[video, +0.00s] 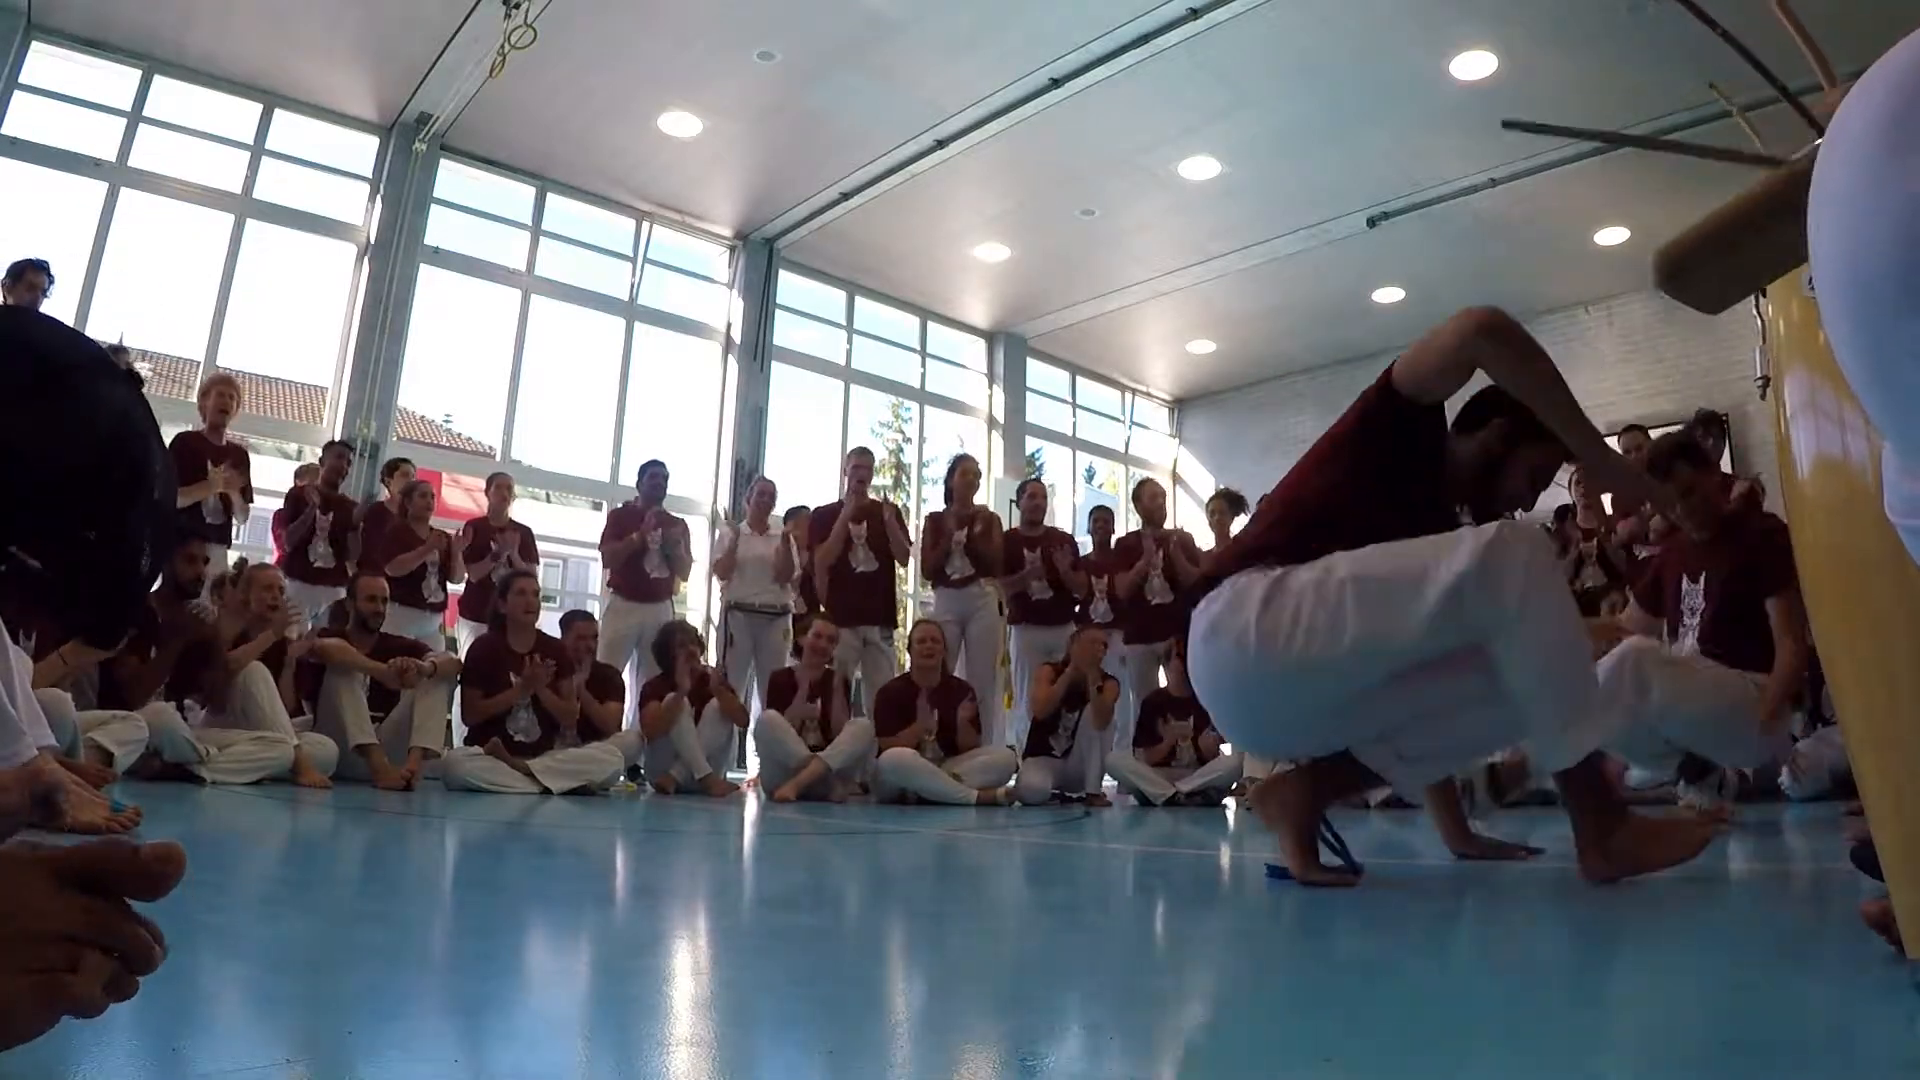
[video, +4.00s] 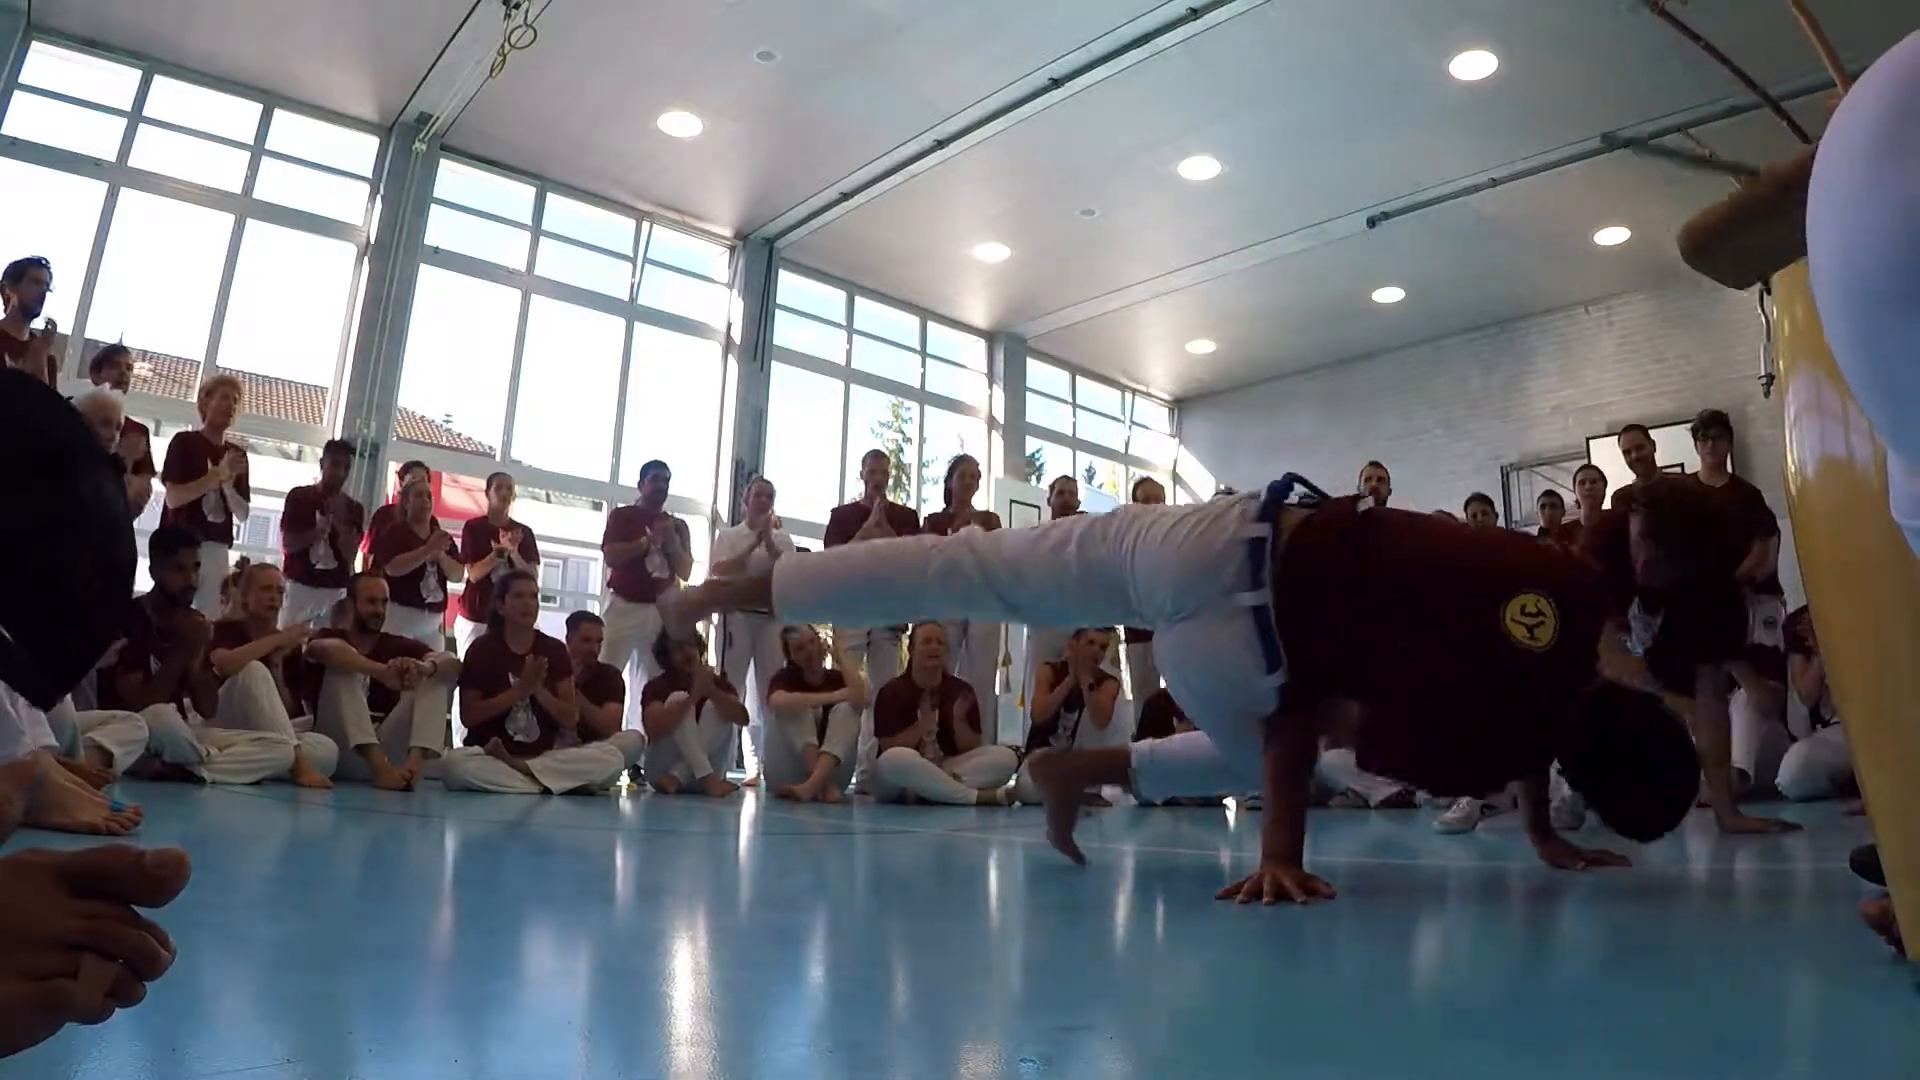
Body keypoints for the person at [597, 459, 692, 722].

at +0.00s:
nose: (659, 482)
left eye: (663, 478)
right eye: (653, 477)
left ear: (668, 485)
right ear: (639, 483)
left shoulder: (677, 524)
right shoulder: (619, 517)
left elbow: (685, 573)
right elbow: (609, 559)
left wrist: (673, 547)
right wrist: (640, 537)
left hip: (660, 609)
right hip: (622, 607)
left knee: (653, 687)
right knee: (605, 682)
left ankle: (646, 751)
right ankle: (600, 748)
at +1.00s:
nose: (660, 485)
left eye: (664, 480)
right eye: (654, 479)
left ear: (669, 487)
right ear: (641, 484)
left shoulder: (677, 526)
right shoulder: (620, 517)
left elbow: (684, 572)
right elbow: (611, 556)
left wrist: (670, 540)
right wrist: (645, 540)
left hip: (660, 610)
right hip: (622, 607)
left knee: (653, 686)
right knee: (606, 680)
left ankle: (647, 747)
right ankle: (598, 745)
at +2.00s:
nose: (659, 485)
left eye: (663, 481)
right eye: (653, 479)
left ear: (668, 487)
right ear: (639, 484)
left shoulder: (676, 525)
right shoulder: (619, 517)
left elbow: (684, 573)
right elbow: (609, 557)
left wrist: (672, 545)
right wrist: (644, 535)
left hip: (660, 609)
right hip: (622, 607)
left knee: (653, 684)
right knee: (606, 679)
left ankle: (646, 747)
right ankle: (599, 744)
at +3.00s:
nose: (658, 485)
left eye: (663, 481)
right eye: (652, 479)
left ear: (667, 487)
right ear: (639, 484)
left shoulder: (676, 525)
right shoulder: (619, 516)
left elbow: (684, 574)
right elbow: (609, 557)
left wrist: (671, 546)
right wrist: (640, 542)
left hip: (659, 609)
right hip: (622, 607)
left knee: (652, 685)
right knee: (606, 679)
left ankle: (644, 748)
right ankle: (598, 745)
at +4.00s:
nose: (661, 485)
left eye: (665, 480)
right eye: (655, 479)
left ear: (669, 487)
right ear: (640, 484)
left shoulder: (677, 525)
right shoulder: (621, 515)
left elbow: (685, 572)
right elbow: (611, 556)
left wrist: (671, 544)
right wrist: (648, 543)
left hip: (660, 609)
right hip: (622, 607)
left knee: (654, 686)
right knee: (606, 680)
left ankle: (649, 750)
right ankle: (599, 746)